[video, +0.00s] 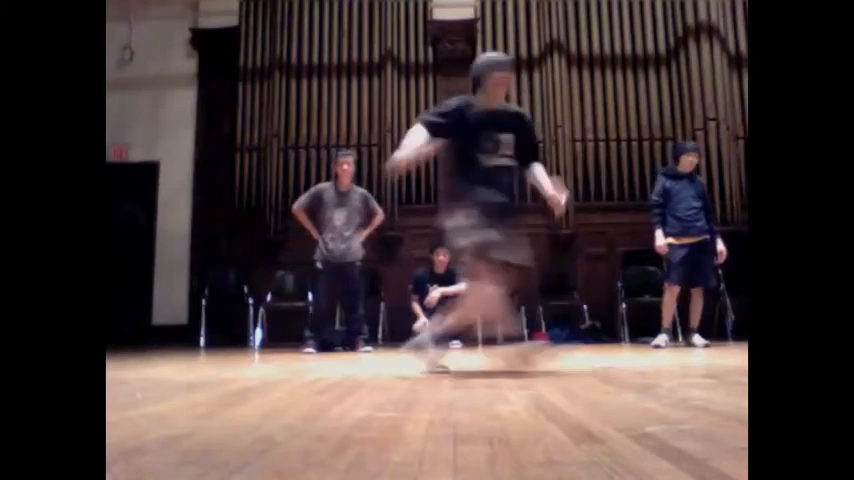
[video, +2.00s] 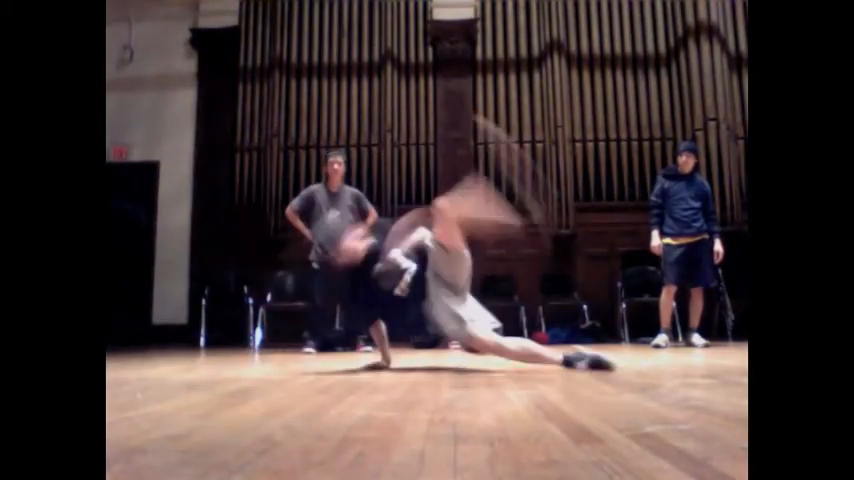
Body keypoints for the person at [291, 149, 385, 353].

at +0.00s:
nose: (345, 169)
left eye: (348, 164)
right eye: (341, 164)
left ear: (354, 168)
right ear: (335, 168)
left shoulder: (362, 195)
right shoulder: (322, 190)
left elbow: (379, 215)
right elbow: (297, 208)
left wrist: (362, 235)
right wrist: (316, 234)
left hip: (351, 253)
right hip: (327, 252)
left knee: (354, 300)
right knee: (323, 301)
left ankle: (356, 340)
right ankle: (316, 340)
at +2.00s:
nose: (336, 167)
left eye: (339, 164)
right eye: (332, 164)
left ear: (344, 169)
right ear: (326, 168)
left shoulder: (353, 194)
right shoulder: (314, 192)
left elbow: (373, 215)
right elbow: (290, 211)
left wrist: (358, 235)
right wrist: (308, 233)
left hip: (347, 256)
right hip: (321, 256)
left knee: (350, 300)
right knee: (319, 301)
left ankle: (356, 339)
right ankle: (315, 339)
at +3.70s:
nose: (337, 167)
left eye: (341, 163)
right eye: (334, 163)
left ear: (346, 167)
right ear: (326, 167)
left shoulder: (354, 194)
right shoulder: (314, 192)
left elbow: (373, 214)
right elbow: (290, 211)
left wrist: (360, 234)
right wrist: (307, 233)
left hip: (350, 259)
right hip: (318, 257)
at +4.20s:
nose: (337, 167)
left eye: (340, 164)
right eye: (334, 163)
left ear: (345, 167)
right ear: (326, 167)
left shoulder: (354, 194)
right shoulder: (314, 192)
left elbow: (373, 214)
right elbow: (291, 212)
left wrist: (360, 233)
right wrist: (310, 236)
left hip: (349, 248)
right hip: (320, 248)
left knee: (359, 294)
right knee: (316, 294)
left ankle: (353, 340)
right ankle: (313, 340)